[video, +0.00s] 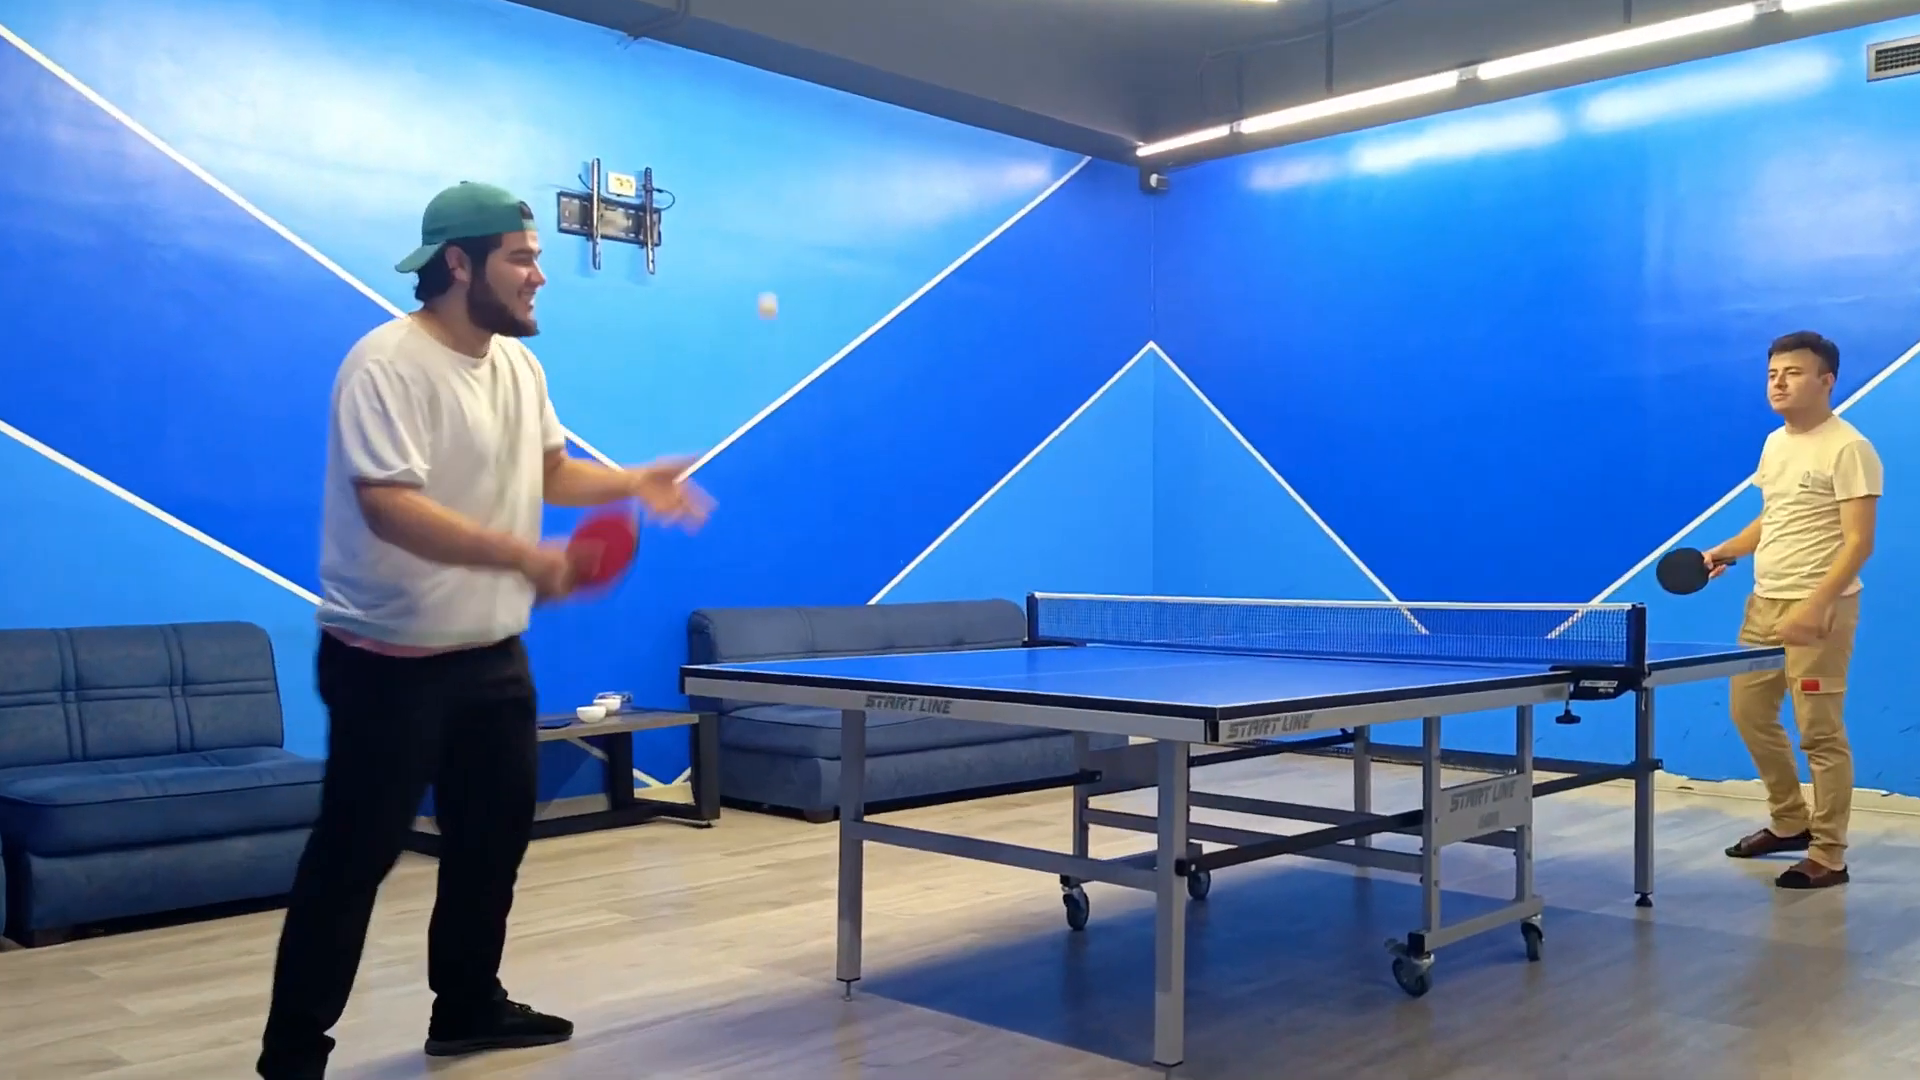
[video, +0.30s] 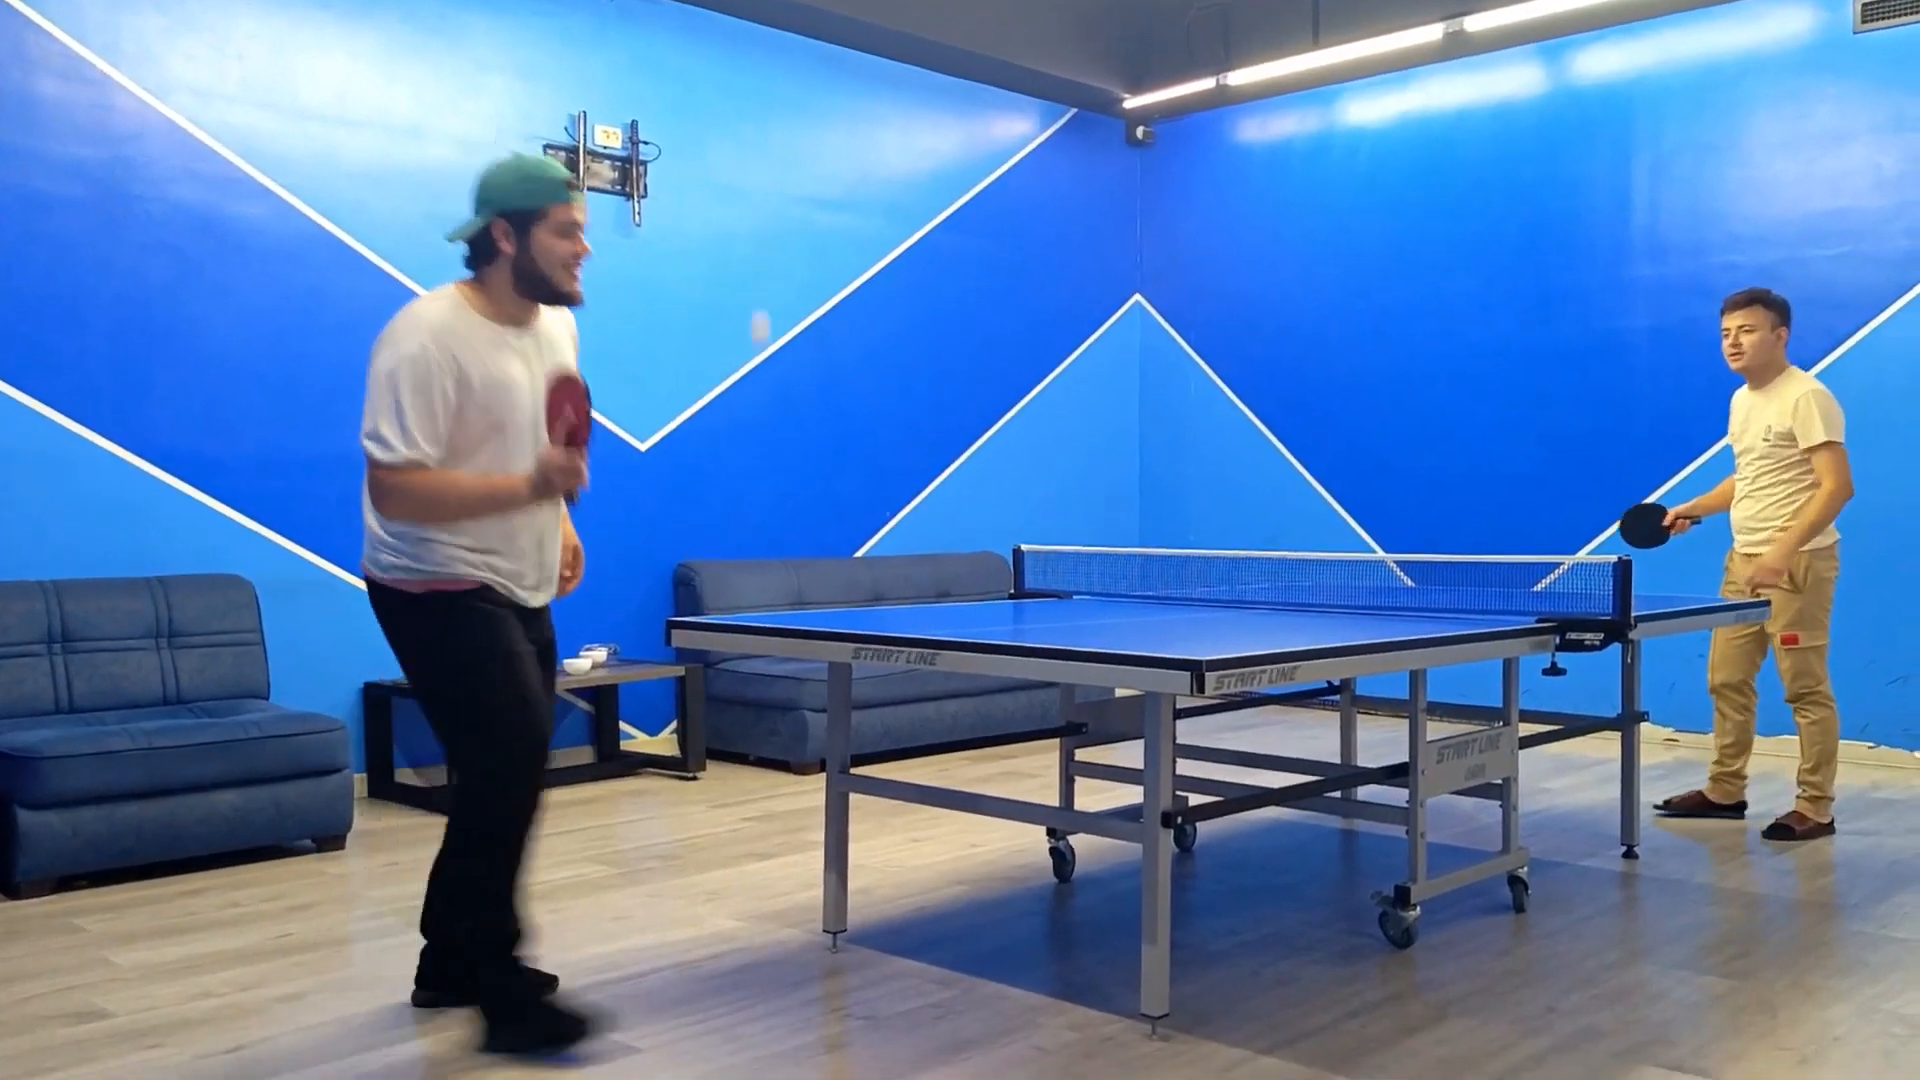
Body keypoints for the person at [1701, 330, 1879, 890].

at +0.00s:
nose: (1779, 382)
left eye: (1792, 373)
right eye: (1773, 374)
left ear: (1826, 382)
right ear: (1770, 383)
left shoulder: (1849, 448)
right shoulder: (1776, 443)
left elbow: (1860, 542)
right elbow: (1772, 519)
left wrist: (1816, 604)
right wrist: (1727, 550)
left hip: (1821, 609)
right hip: (1766, 604)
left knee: (1820, 732)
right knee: (1751, 712)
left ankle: (1828, 856)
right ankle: (1791, 823)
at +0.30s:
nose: (1733, 342)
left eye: (1746, 331)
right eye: (1727, 334)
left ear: (1781, 336)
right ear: (1724, 342)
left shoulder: (1808, 397)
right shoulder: (1742, 400)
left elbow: (1837, 486)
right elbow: (1747, 479)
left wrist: (1782, 551)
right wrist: (1692, 510)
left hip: (1801, 562)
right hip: (1745, 560)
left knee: (1806, 688)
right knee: (1728, 679)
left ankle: (1814, 808)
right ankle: (1725, 793)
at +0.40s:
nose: (1678, 339)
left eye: (1690, 327)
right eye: (1671, 330)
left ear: (1723, 331)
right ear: (1667, 337)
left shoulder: (1755, 386)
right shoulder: (1684, 398)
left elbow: (1808, 465)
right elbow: (1690, 477)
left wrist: (1777, 536)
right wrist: (1638, 506)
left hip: (1753, 554)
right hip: (1697, 555)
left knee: (1751, 678)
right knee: (1683, 671)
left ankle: (1776, 800)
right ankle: (1685, 787)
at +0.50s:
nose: (1581, 346)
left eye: (1593, 335)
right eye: (1574, 337)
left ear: (1626, 338)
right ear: (1570, 343)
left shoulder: (1665, 388)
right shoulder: (1585, 409)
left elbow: (1737, 449)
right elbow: (1588, 487)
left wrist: (1729, 530)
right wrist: (1540, 514)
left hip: (1669, 553)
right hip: (1611, 557)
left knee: (1657, 675)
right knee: (1590, 669)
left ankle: (1696, 798)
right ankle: (1603, 788)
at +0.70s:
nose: (1522, 355)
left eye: (1533, 344)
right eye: (1515, 347)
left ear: (1567, 344)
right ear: (1511, 353)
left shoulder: (1613, 384)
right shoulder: (1525, 416)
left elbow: (1695, 414)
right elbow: (1520, 491)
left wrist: (1683, 483)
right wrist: (1475, 514)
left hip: (1629, 554)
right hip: (1567, 561)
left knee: (1634, 679)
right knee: (1534, 666)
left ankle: (1671, 814)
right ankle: (1558, 788)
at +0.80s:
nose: (1514, 379)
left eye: (1524, 366)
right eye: (1506, 372)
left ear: (1557, 364)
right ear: (1504, 379)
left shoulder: (1609, 407)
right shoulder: (1524, 437)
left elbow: (1688, 455)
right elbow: (1536, 513)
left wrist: (1641, 496)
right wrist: (1484, 537)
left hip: (1638, 568)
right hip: (1577, 576)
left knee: (1641, 682)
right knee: (1521, 667)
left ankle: (1686, 824)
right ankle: (1553, 786)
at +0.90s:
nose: (1503, 417)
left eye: (1511, 403)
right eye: (1496, 409)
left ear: (1547, 395)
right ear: (1497, 413)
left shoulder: (1597, 431)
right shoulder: (1543, 460)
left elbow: (1656, 497)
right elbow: (1582, 533)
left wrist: (1566, 507)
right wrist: (1535, 575)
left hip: (1643, 582)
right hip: (1587, 589)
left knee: (1627, 685)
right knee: (1515, 678)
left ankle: (1688, 826)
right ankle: (1553, 787)